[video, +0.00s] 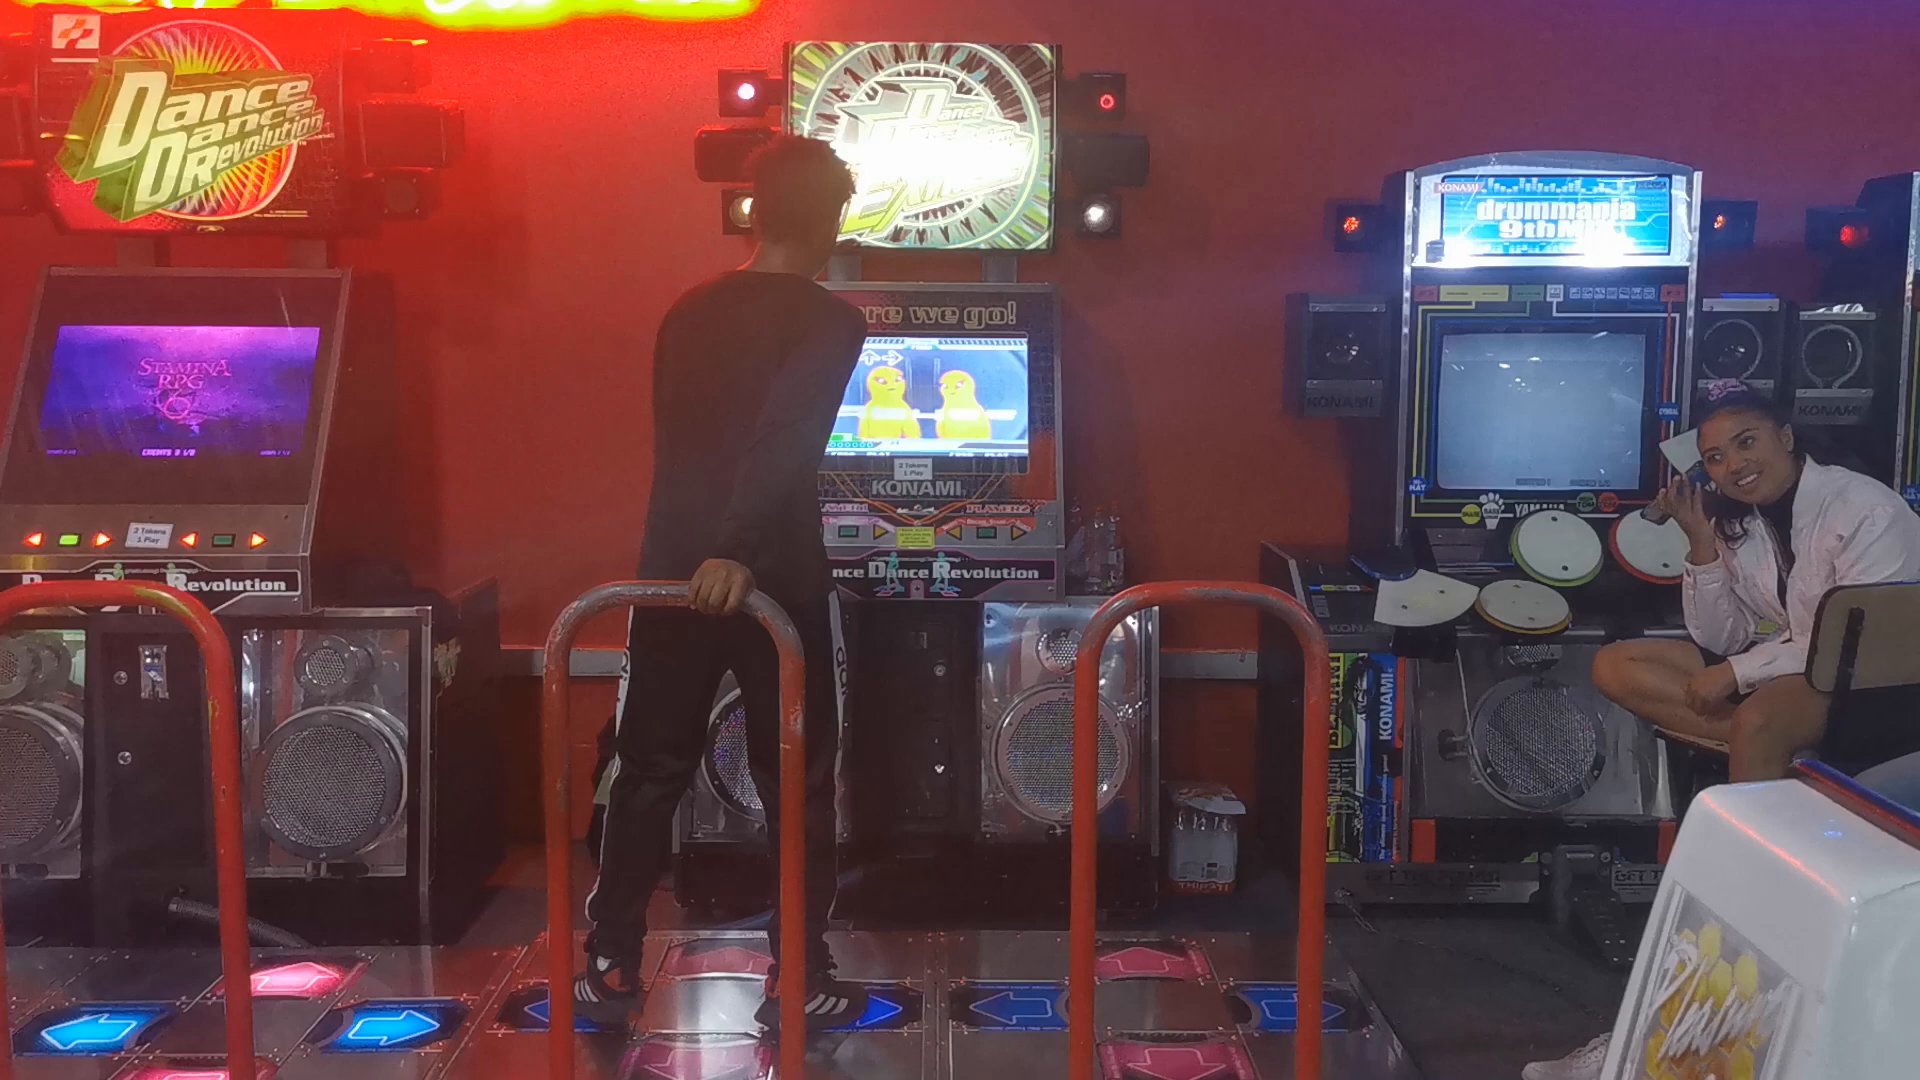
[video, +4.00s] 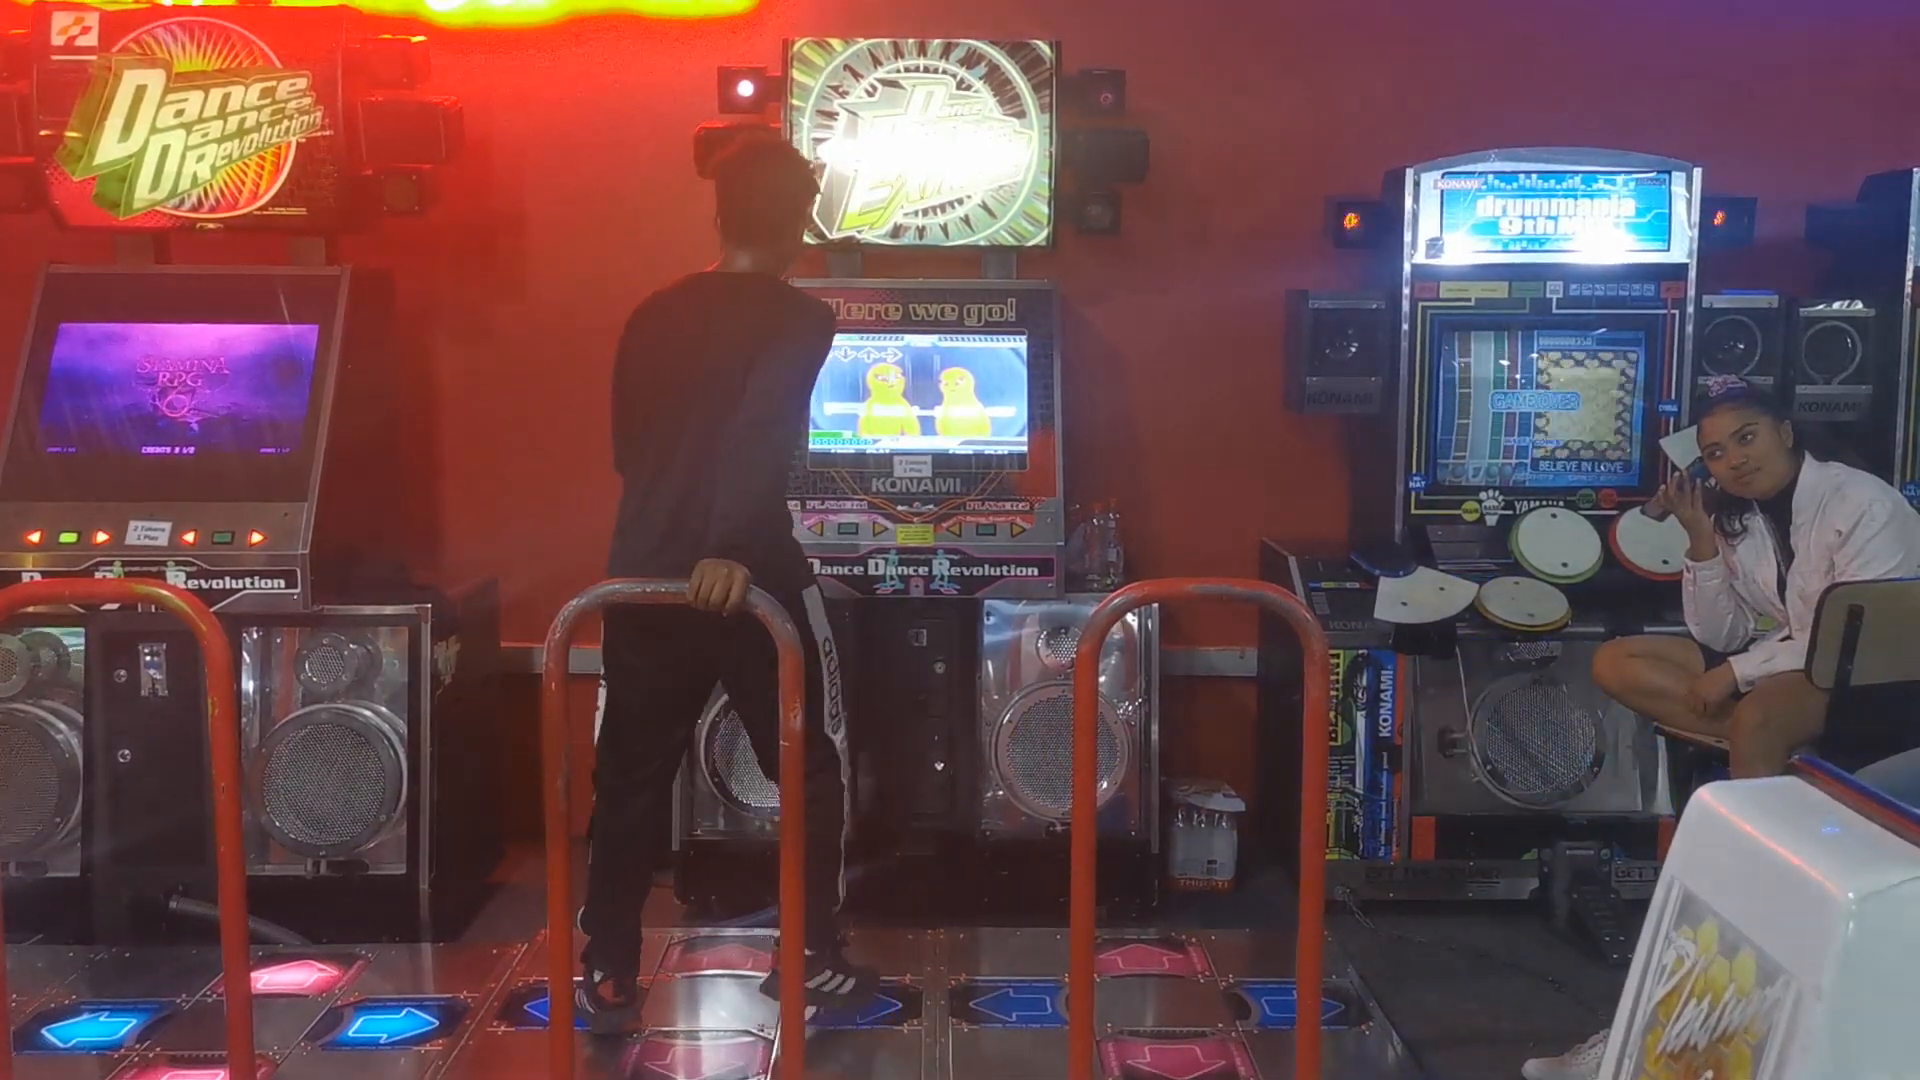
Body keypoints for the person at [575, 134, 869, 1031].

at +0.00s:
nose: (840, 233)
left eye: (836, 218)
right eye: (839, 219)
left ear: (755, 220)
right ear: (828, 226)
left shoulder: (686, 312)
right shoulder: (830, 319)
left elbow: (673, 442)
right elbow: (787, 437)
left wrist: (699, 545)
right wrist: (737, 547)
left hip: (676, 564)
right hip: (778, 575)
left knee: (650, 768)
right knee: (798, 782)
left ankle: (609, 967)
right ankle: (800, 983)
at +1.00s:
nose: (744, 220)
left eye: (740, 207)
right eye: (739, 207)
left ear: (653, 214)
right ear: (722, 213)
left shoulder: (596, 313)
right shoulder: (748, 312)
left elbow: (541, 445)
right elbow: (732, 430)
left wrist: (496, 562)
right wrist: (726, 540)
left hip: (612, 581)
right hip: (717, 581)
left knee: (611, 789)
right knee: (771, 773)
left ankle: (603, 985)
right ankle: (805, 977)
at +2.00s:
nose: (735, 215)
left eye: (730, 202)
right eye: (729, 202)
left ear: (641, 210)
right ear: (715, 211)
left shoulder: (589, 312)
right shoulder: (738, 306)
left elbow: (546, 454)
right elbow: (728, 428)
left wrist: (502, 575)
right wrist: (723, 539)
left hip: (609, 580)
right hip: (718, 578)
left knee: (605, 792)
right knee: (764, 777)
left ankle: (603, 985)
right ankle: (806, 973)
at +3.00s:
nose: (779, 226)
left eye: (775, 210)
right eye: (776, 210)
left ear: (683, 214)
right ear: (762, 217)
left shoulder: (616, 308)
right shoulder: (771, 317)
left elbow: (581, 447)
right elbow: (744, 431)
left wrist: (605, 543)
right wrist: (725, 534)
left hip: (616, 575)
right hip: (724, 578)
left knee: (611, 780)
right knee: (761, 771)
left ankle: (601, 976)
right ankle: (805, 973)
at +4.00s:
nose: (808, 229)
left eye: (802, 214)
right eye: (805, 215)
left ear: (723, 216)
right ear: (793, 220)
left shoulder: (652, 313)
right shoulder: (799, 314)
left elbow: (630, 453)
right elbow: (765, 428)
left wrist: (701, 512)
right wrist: (729, 545)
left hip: (651, 565)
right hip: (755, 569)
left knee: (630, 774)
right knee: (807, 763)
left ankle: (607, 979)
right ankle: (813, 969)